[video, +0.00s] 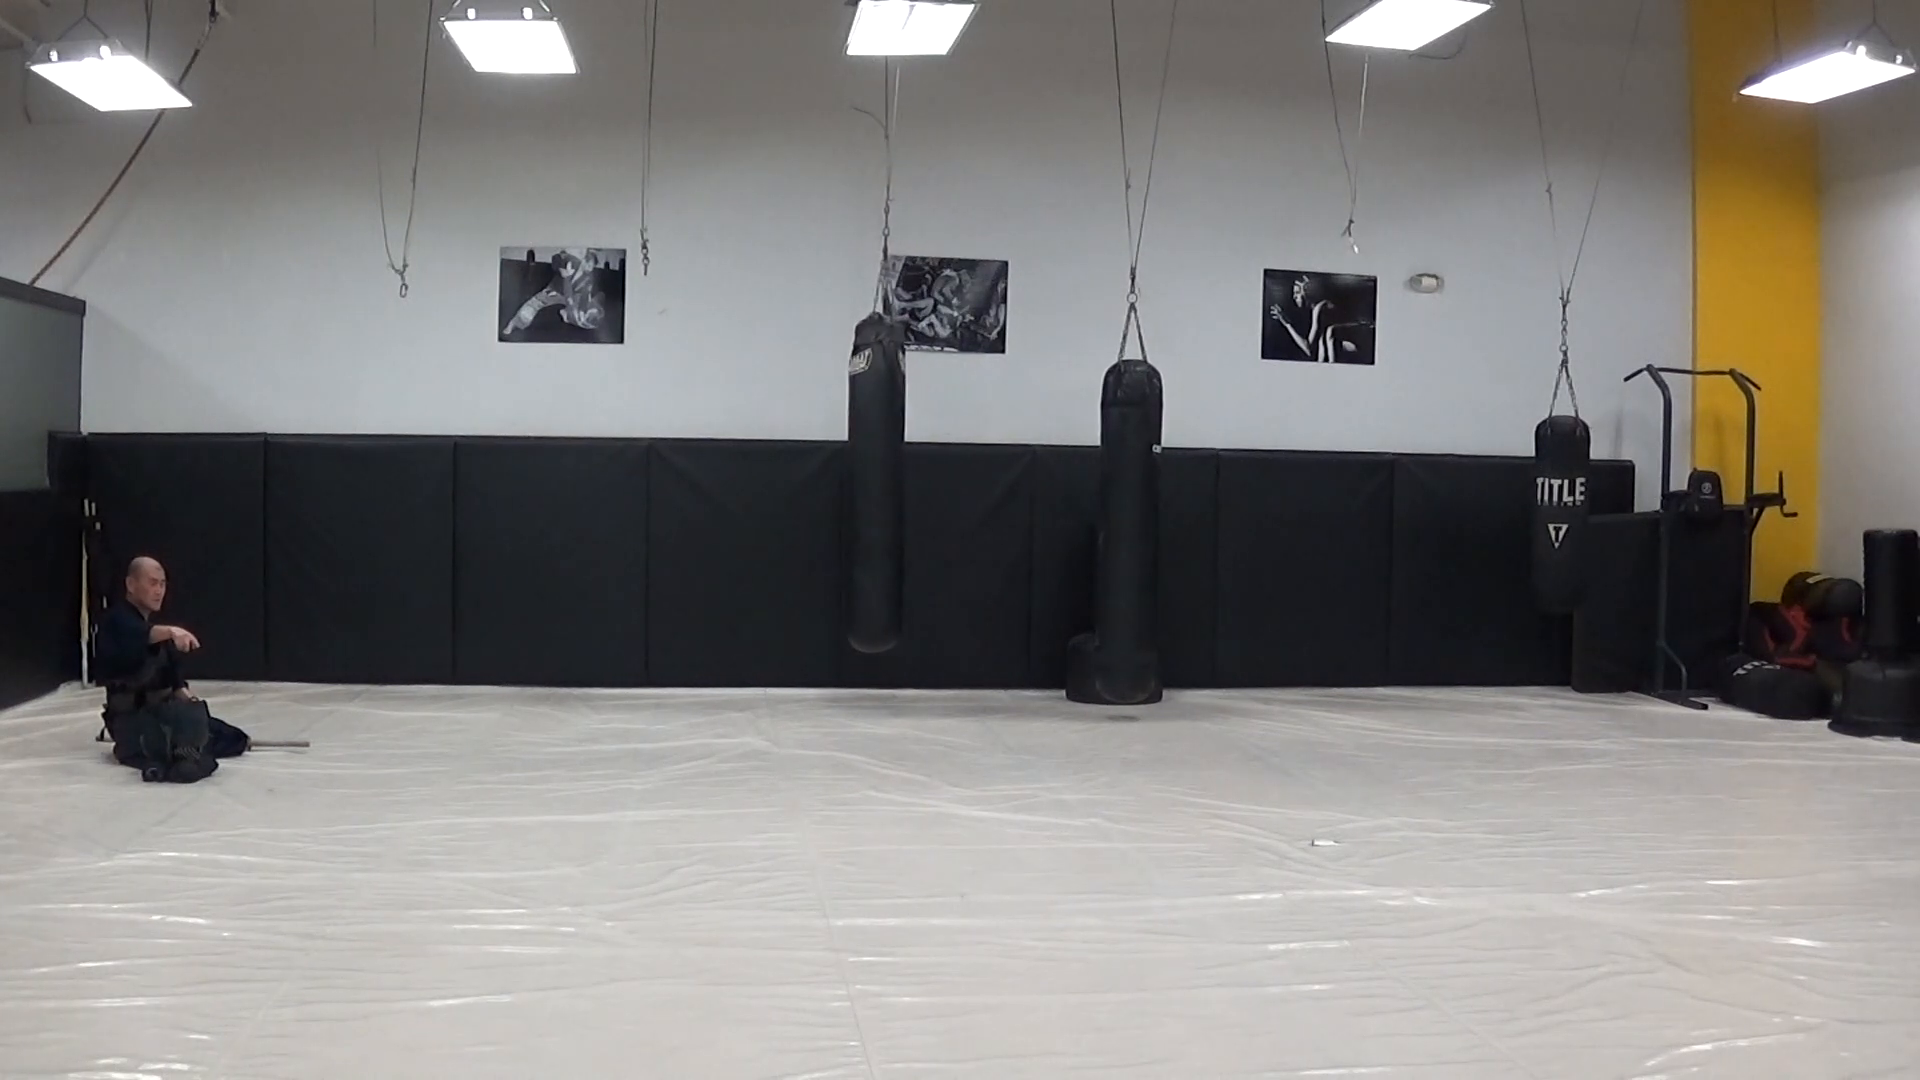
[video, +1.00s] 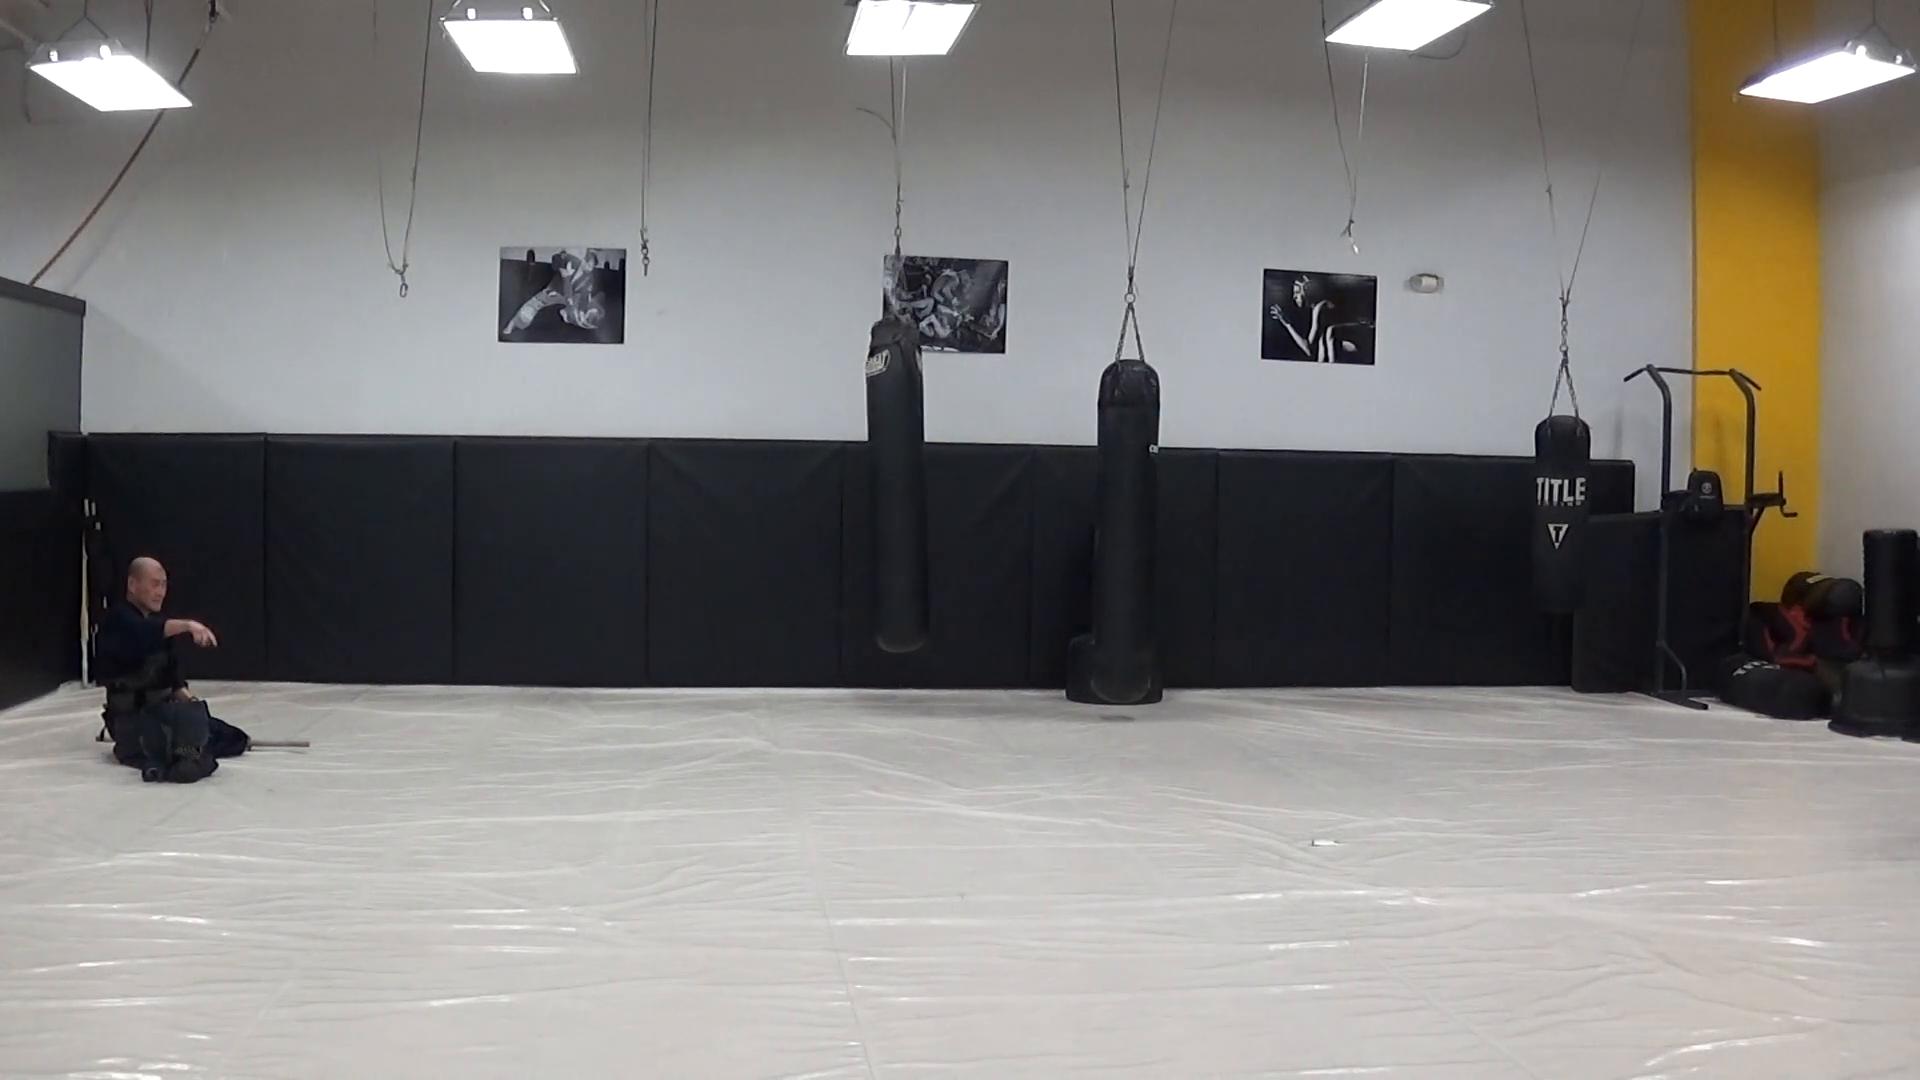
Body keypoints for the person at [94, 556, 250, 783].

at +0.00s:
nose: (160, 590)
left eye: (162, 584)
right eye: (153, 583)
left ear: (165, 587)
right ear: (131, 585)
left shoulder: (155, 626)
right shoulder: (115, 619)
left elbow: (172, 678)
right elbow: (133, 633)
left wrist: (188, 702)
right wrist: (170, 632)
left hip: (165, 710)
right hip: (128, 715)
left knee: (235, 739)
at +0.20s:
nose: (159, 590)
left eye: (162, 584)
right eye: (153, 583)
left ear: (165, 587)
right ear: (130, 585)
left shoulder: (154, 627)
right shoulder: (115, 619)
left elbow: (172, 678)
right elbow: (133, 634)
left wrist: (188, 703)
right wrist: (173, 632)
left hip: (165, 711)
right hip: (129, 717)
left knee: (235, 739)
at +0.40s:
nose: (160, 591)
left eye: (163, 584)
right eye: (154, 583)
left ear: (166, 586)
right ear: (131, 585)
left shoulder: (153, 626)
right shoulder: (115, 619)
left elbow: (171, 677)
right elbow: (135, 633)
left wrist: (189, 703)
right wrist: (173, 634)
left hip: (165, 712)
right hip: (129, 717)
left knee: (235, 740)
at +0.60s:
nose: (160, 591)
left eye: (162, 585)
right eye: (153, 584)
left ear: (165, 587)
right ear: (130, 585)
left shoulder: (155, 624)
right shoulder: (116, 620)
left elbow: (172, 678)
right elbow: (145, 632)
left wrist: (189, 703)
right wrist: (189, 625)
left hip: (166, 711)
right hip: (129, 716)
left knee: (236, 740)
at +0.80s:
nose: (160, 591)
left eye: (162, 585)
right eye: (154, 584)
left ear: (164, 586)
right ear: (131, 585)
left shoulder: (157, 624)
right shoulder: (116, 619)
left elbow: (172, 676)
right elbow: (144, 631)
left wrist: (188, 700)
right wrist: (194, 621)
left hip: (165, 712)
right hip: (129, 717)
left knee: (236, 739)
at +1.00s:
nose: (161, 591)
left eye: (164, 585)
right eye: (155, 584)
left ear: (166, 587)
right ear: (132, 585)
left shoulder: (157, 624)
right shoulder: (117, 618)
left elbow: (172, 678)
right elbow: (144, 631)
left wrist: (188, 702)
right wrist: (187, 626)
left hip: (166, 711)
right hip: (129, 717)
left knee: (236, 740)